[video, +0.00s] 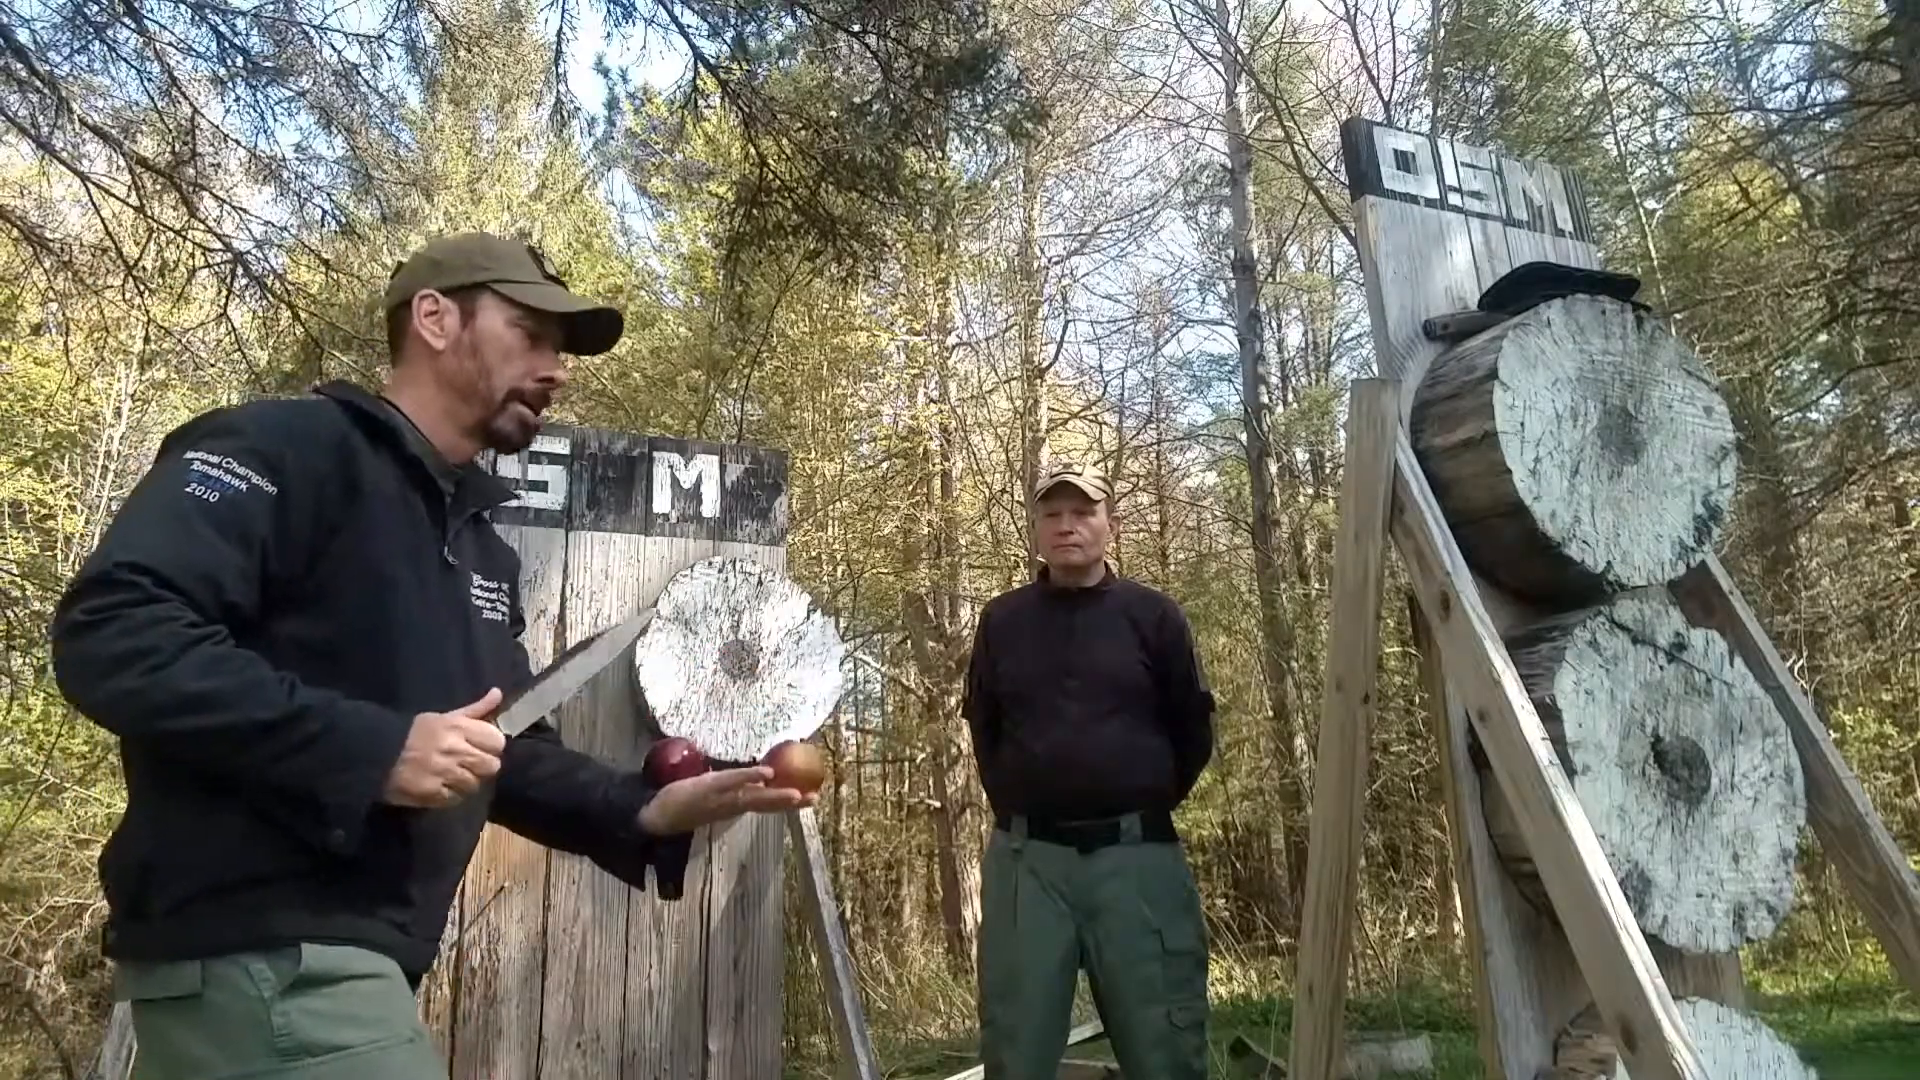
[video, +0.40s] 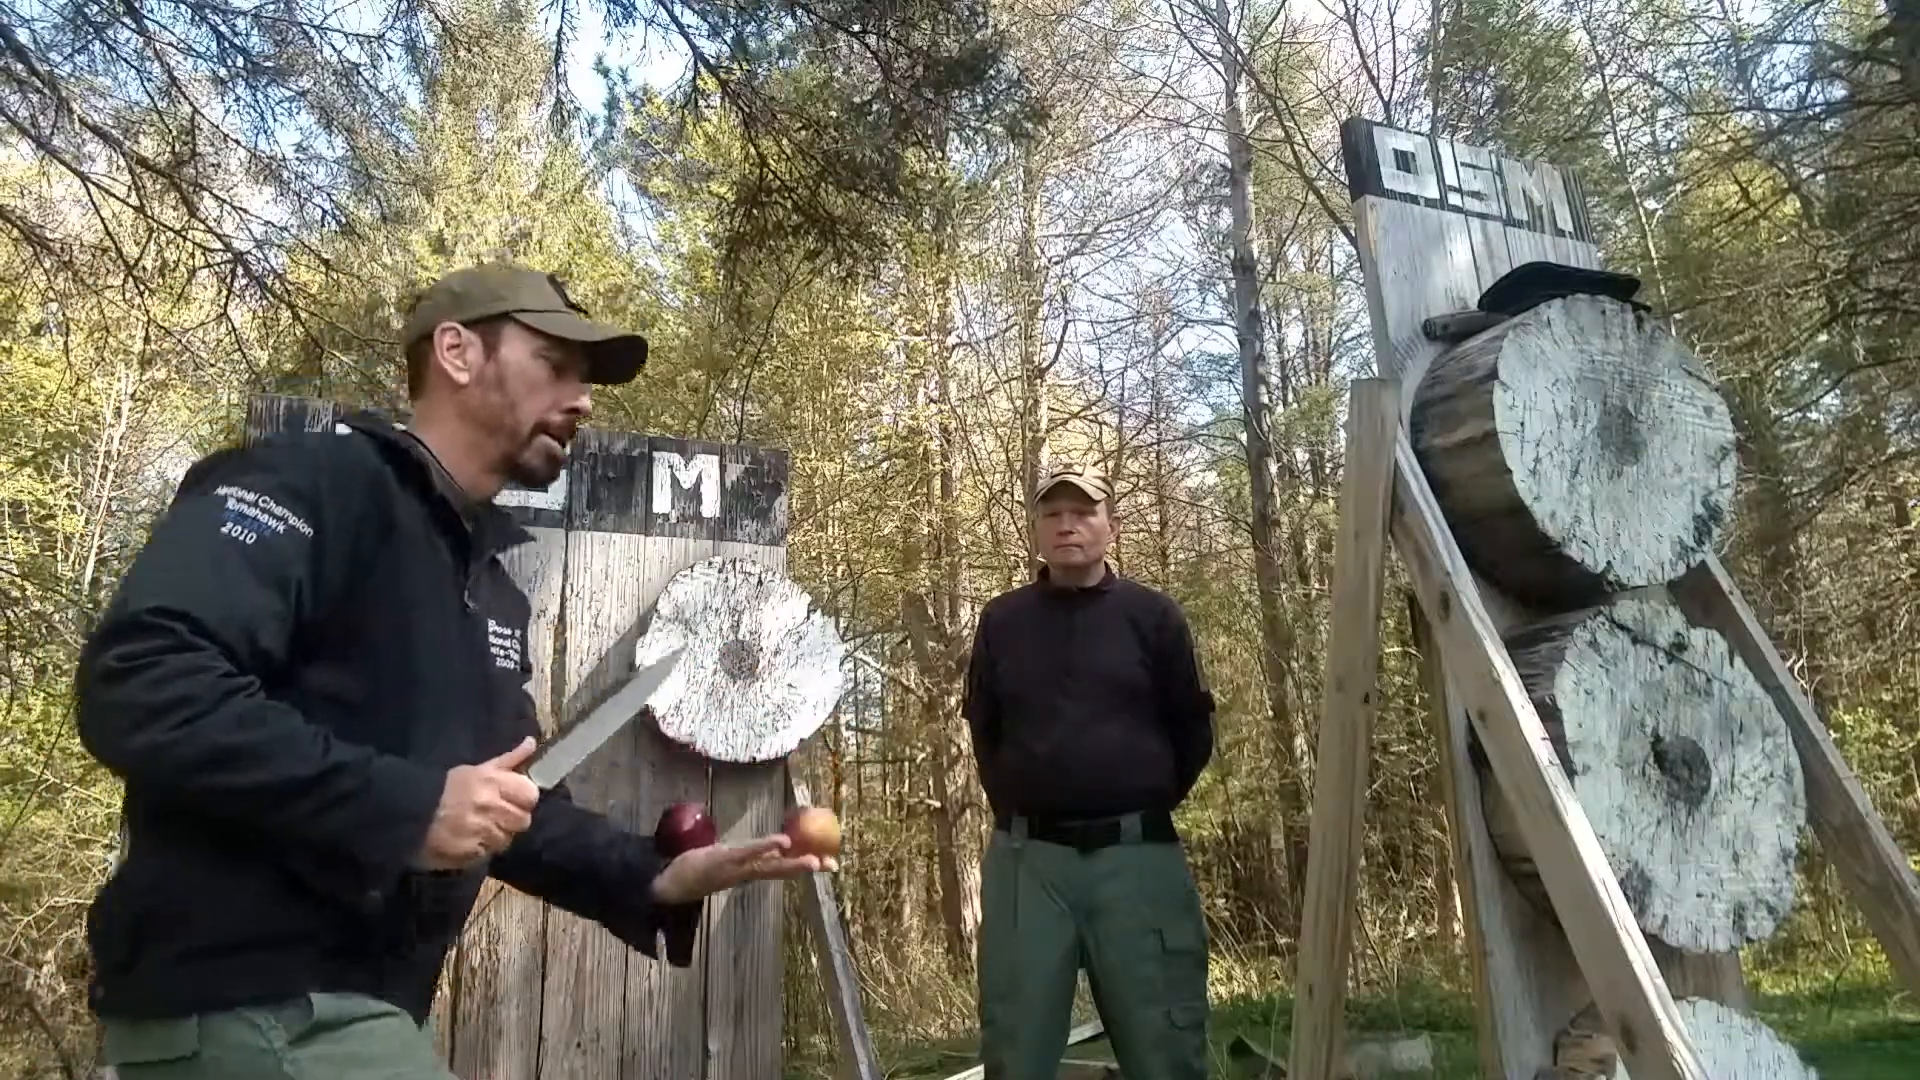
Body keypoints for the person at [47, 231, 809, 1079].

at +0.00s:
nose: (558, 370)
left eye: (563, 347)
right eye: (536, 334)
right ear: (436, 321)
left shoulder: (480, 546)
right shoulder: (283, 447)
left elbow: (491, 752)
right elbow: (111, 633)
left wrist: (650, 808)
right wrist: (374, 747)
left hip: (346, 960)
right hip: (265, 961)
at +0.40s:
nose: (584, 402)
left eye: (587, 379)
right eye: (558, 364)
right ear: (459, 354)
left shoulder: (494, 590)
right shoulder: (299, 478)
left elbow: (486, 801)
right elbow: (142, 685)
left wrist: (657, 877)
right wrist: (409, 805)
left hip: (365, 1011)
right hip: (249, 1008)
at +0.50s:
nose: (570, 453)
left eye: (573, 427)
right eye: (544, 416)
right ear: (444, 408)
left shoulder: (490, 643)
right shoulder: (286, 546)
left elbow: (487, 856)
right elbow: (126, 771)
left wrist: (648, 939)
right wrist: (393, 891)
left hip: (375, 1042)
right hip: (234, 1043)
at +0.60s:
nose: (559, 472)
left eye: (564, 449)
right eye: (531, 439)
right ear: (428, 433)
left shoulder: (485, 662)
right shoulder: (268, 583)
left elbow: (521, 868)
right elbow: (128, 812)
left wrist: (672, 944)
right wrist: (389, 933)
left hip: (396, 1052)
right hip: (224, 1053)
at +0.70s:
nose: (545, 424)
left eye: (546, 399)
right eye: (517, 391)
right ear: (415, 387)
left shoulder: (486, 595)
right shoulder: (265, 538)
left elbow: (560, 762)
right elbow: (163, 748)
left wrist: (756, 777)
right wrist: (460, 803)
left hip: (419, 1021)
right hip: (285, 1025)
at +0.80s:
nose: (527, 343)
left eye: (525, 320)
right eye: (499, 312)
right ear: (401, 314)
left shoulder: (491, 497)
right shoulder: (298, 443)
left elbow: (609, 627)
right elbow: (277, 600)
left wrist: (778, 580)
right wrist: (538, 490)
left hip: (425, 924)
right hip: (343, 930)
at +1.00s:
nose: (513, 296)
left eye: (510, 275)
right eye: (480, 269)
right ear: (388, 285)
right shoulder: (385, 388)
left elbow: (559, 623)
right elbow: (570, 506)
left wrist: (585, 474)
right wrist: (781, 512)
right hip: (387, 887)